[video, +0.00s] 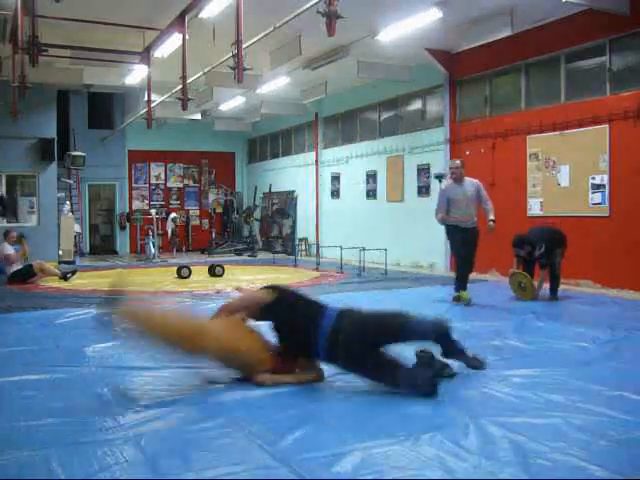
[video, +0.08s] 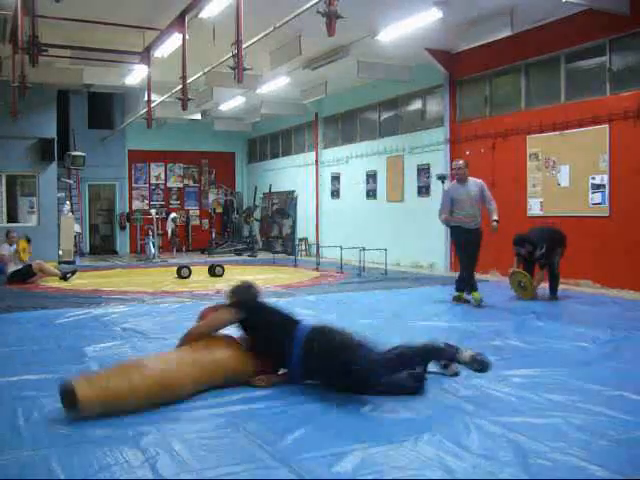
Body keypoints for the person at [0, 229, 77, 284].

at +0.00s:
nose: (14, 239)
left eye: (14, 237)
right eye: (11, 237)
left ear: (14, 238)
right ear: (7, 238)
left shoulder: (11, 247)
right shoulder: (5, 246)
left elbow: (23, 259)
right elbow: (11, 260)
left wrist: (24, 250)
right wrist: (21, 253)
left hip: (18, 273)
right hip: (13, 275)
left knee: (41, 265)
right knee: (39, 265)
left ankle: (62, 274)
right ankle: (62, 275)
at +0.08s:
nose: (14, 240)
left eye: (15, 237)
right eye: (11, 238)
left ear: (16, 238)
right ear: (7, 239)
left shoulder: (16, 247)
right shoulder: (4, 247)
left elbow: (23, 261)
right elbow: (6, 260)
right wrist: (14, 249)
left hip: (20, 271)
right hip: (12, 274)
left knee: (39, 264)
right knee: (38, 265)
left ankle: (61, 274)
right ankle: (61, 275)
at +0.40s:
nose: (17, 240)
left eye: (18, 238)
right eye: (15, 238)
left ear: (20, 238)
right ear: (10, 238)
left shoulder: (20, 247)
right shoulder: (6, 247)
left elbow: (26, 259)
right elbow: (2, 259)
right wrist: (10, 254)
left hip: (23, 272)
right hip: (13, 275)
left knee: (40, 264)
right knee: (39, 264)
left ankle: (62, 274)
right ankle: (61, 275)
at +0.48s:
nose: (19, 240)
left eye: (19, 238)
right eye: (16, 238)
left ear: (20, 237)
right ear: (11, 238)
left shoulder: (20, 246)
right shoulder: (6, 246)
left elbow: (25, 259)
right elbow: (3, 257)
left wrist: (34, 253)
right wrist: (15, 256)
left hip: (23, 272)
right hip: (13, 275)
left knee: (42, 263)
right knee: (38, 264)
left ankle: (62, 274)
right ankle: (62, 276)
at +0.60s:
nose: (19, 238)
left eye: (19, 236)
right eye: (17, 236)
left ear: (13, 237)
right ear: (12, 237)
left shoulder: (13, 246)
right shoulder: (8, 245)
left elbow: (16, 259)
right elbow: (11, 259)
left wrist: (26, 254)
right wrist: (22, 254)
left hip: (20, 272)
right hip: (15, 275)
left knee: (40, 264)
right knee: (39, 264)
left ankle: (62, 274)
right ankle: (62, 276)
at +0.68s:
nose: (21, 238)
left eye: (20, 236)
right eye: (19, 236)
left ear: (13, 237)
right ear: (14, 237)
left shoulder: (13, 245)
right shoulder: (11, 245)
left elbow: (19, 260)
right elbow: (20, 259)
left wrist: (27, 253)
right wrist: (29, 252)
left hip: (19, 272)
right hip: (15, 275)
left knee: (42, 263)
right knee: (39, 264)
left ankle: (63, 274)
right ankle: (62, 276)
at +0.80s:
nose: (21, 238)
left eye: (20, 236)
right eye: (20, 236)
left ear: (10, 237)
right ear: (17, 237)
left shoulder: (4, 246)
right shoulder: (16, 246)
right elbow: (27, 260)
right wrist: (30, 252)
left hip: (12, 276)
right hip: (18, 275)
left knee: (42, 264)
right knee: (39, 264)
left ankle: (63, 274)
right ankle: (62, 275)